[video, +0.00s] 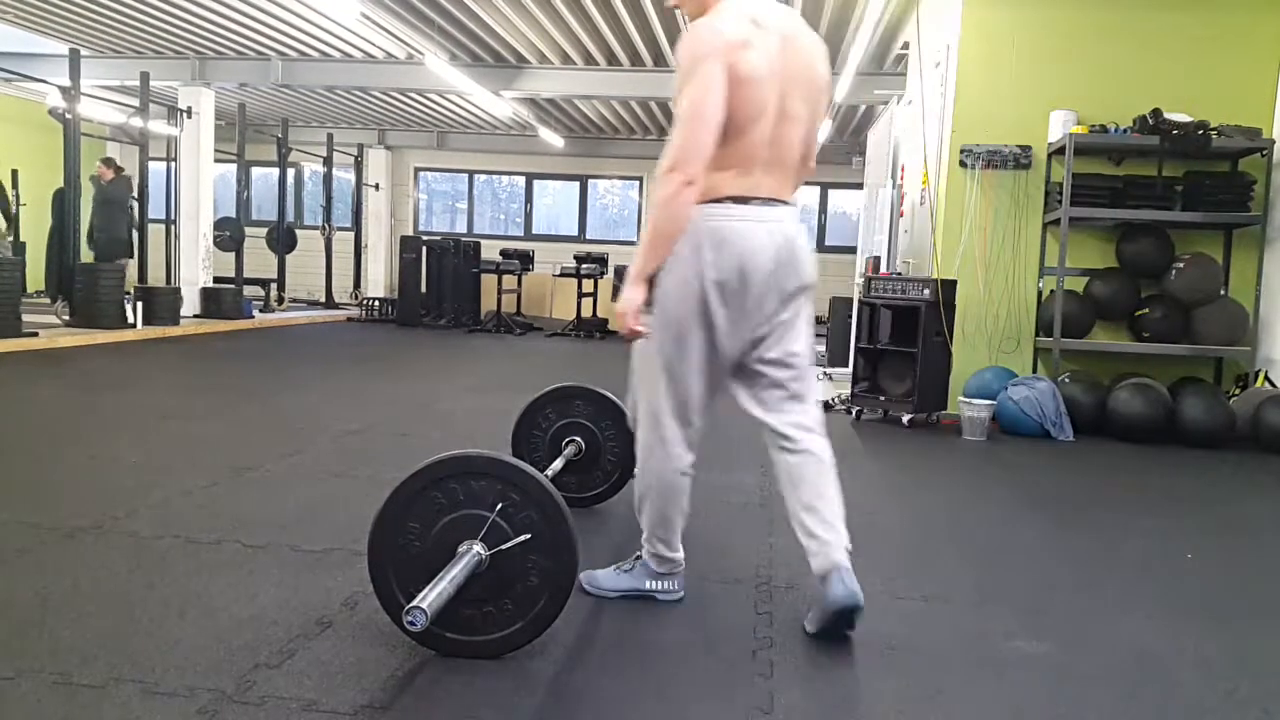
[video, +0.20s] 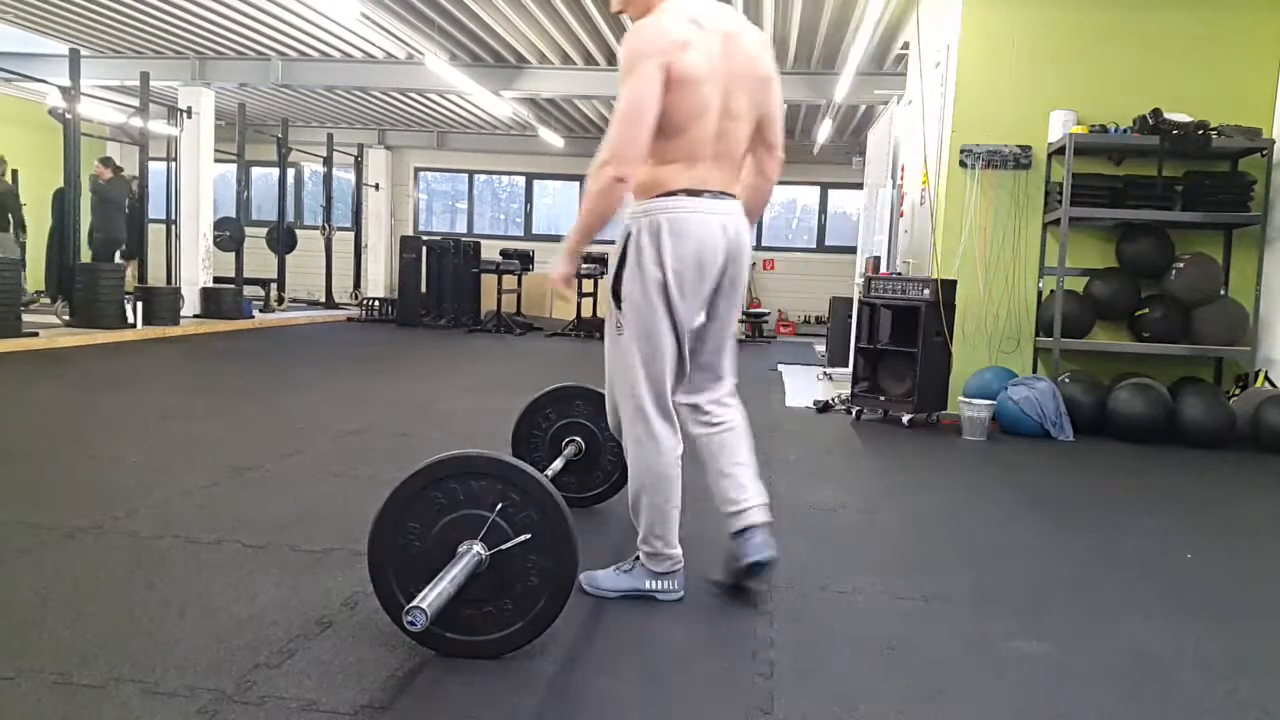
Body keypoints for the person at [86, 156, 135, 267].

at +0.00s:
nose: (98, 171)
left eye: (101, 168)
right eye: (98, 168)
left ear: (110, 169)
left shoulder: (123, 182)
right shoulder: (101, 185)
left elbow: (110, 195)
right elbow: (94, 213)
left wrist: (96, 183)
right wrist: (91, 235)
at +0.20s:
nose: (96, 170)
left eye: (98, 167)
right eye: (96, 167)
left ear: (107, 168)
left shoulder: (119, 183)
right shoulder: (101, 184)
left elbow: (95, 188)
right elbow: (95, 215)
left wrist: (93, 178)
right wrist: (91, 235)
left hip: (111, 233)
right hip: (99, 232)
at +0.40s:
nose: (94, 169)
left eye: (97, 166)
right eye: (95, 166)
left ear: (106, 168)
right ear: (108, 168)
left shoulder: (112, 185)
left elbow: (92, 187)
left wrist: (92, 175)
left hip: (104, 233)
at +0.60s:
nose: (93, 168)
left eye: (95, 165)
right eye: (94, 165)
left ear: (105, 166)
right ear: (106, 167)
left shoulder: (112, 183)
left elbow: (89, 185)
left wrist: (90, 174)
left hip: (102, 230)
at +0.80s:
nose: (92, 168)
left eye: (94, 165)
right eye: (92, 165)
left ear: (104, 167)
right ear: (105, 167)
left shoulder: (111, 183)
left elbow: (87, 185)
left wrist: (89, 175)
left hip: (100, 230)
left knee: (98, 270)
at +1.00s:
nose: (90, 167)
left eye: (92, 164)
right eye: (90, 164)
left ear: (101, 167)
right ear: (106, 167)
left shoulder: (90, 185)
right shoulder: (115, 181)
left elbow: (81, 183)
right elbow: (123, 191)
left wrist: (88, 174)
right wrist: (114, 174)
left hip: (93, 229)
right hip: (109, 228)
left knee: (94, 266)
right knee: (105, 265)